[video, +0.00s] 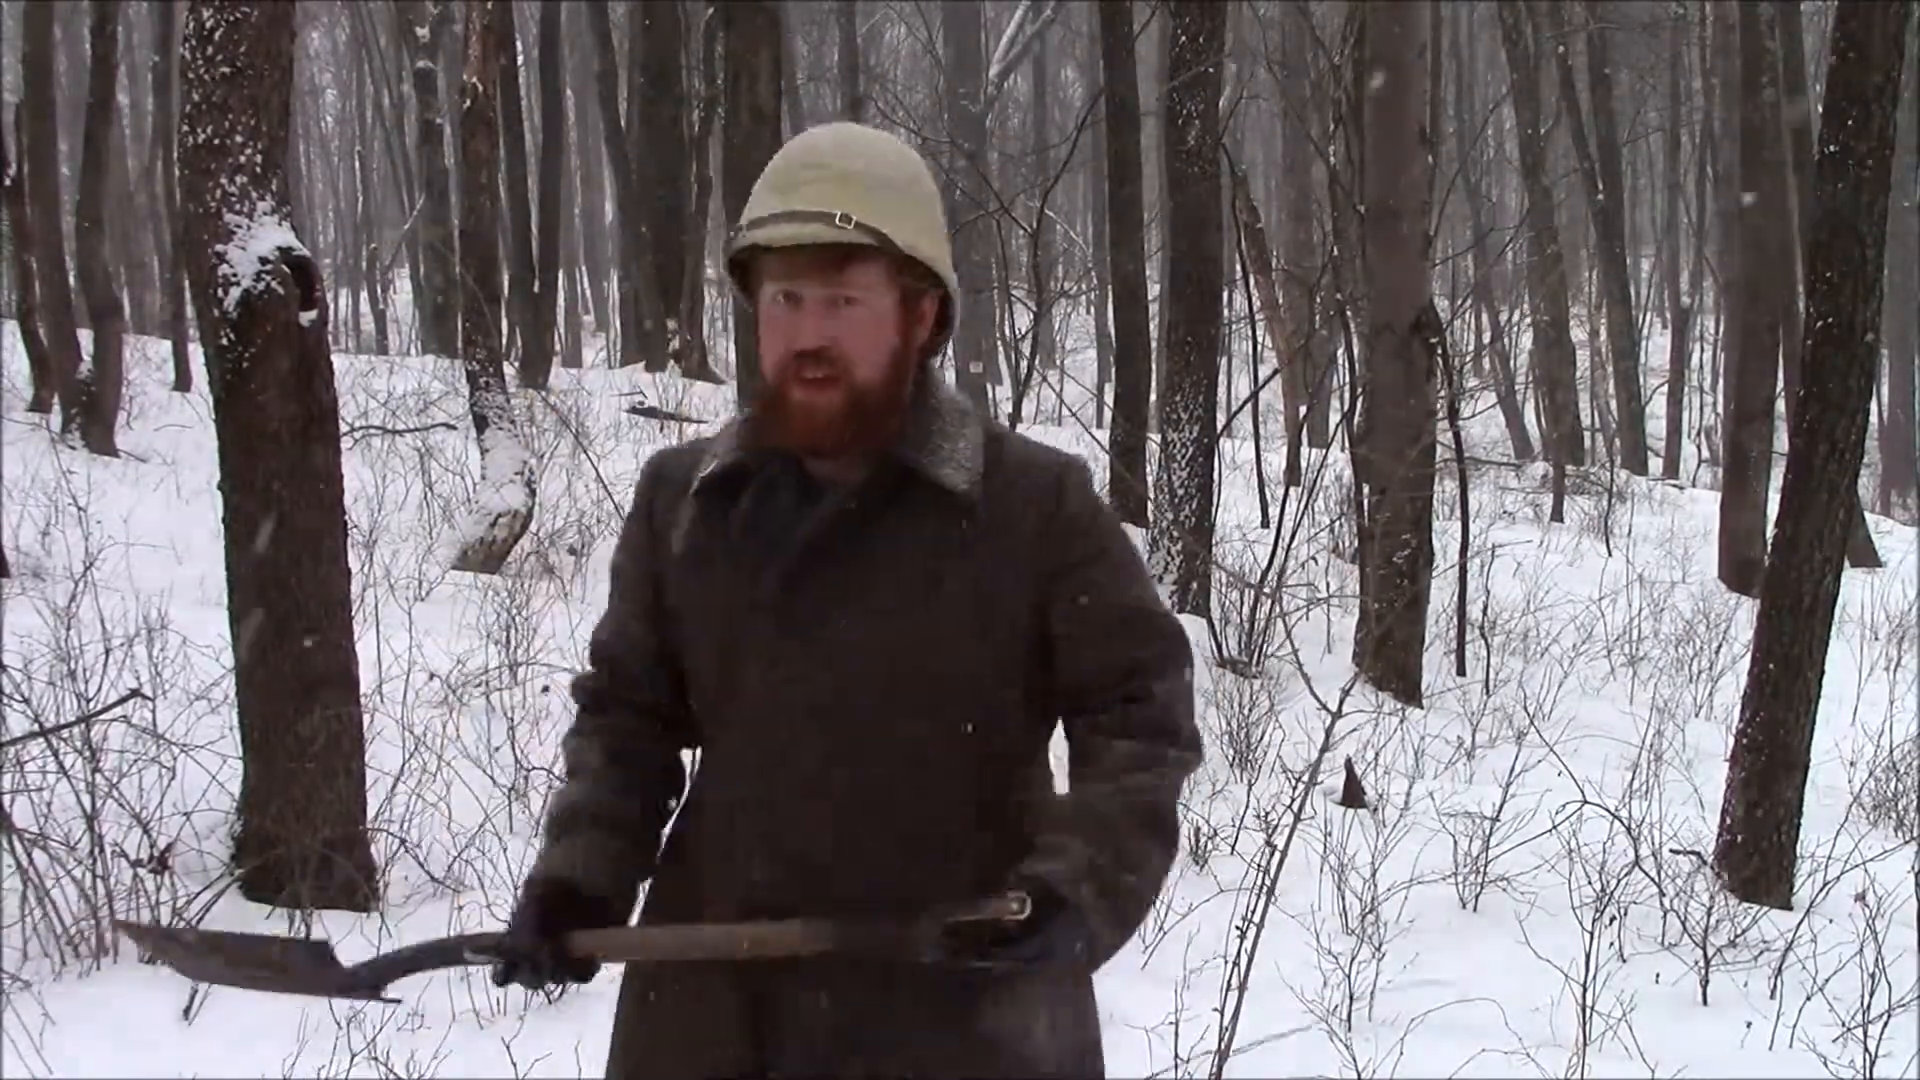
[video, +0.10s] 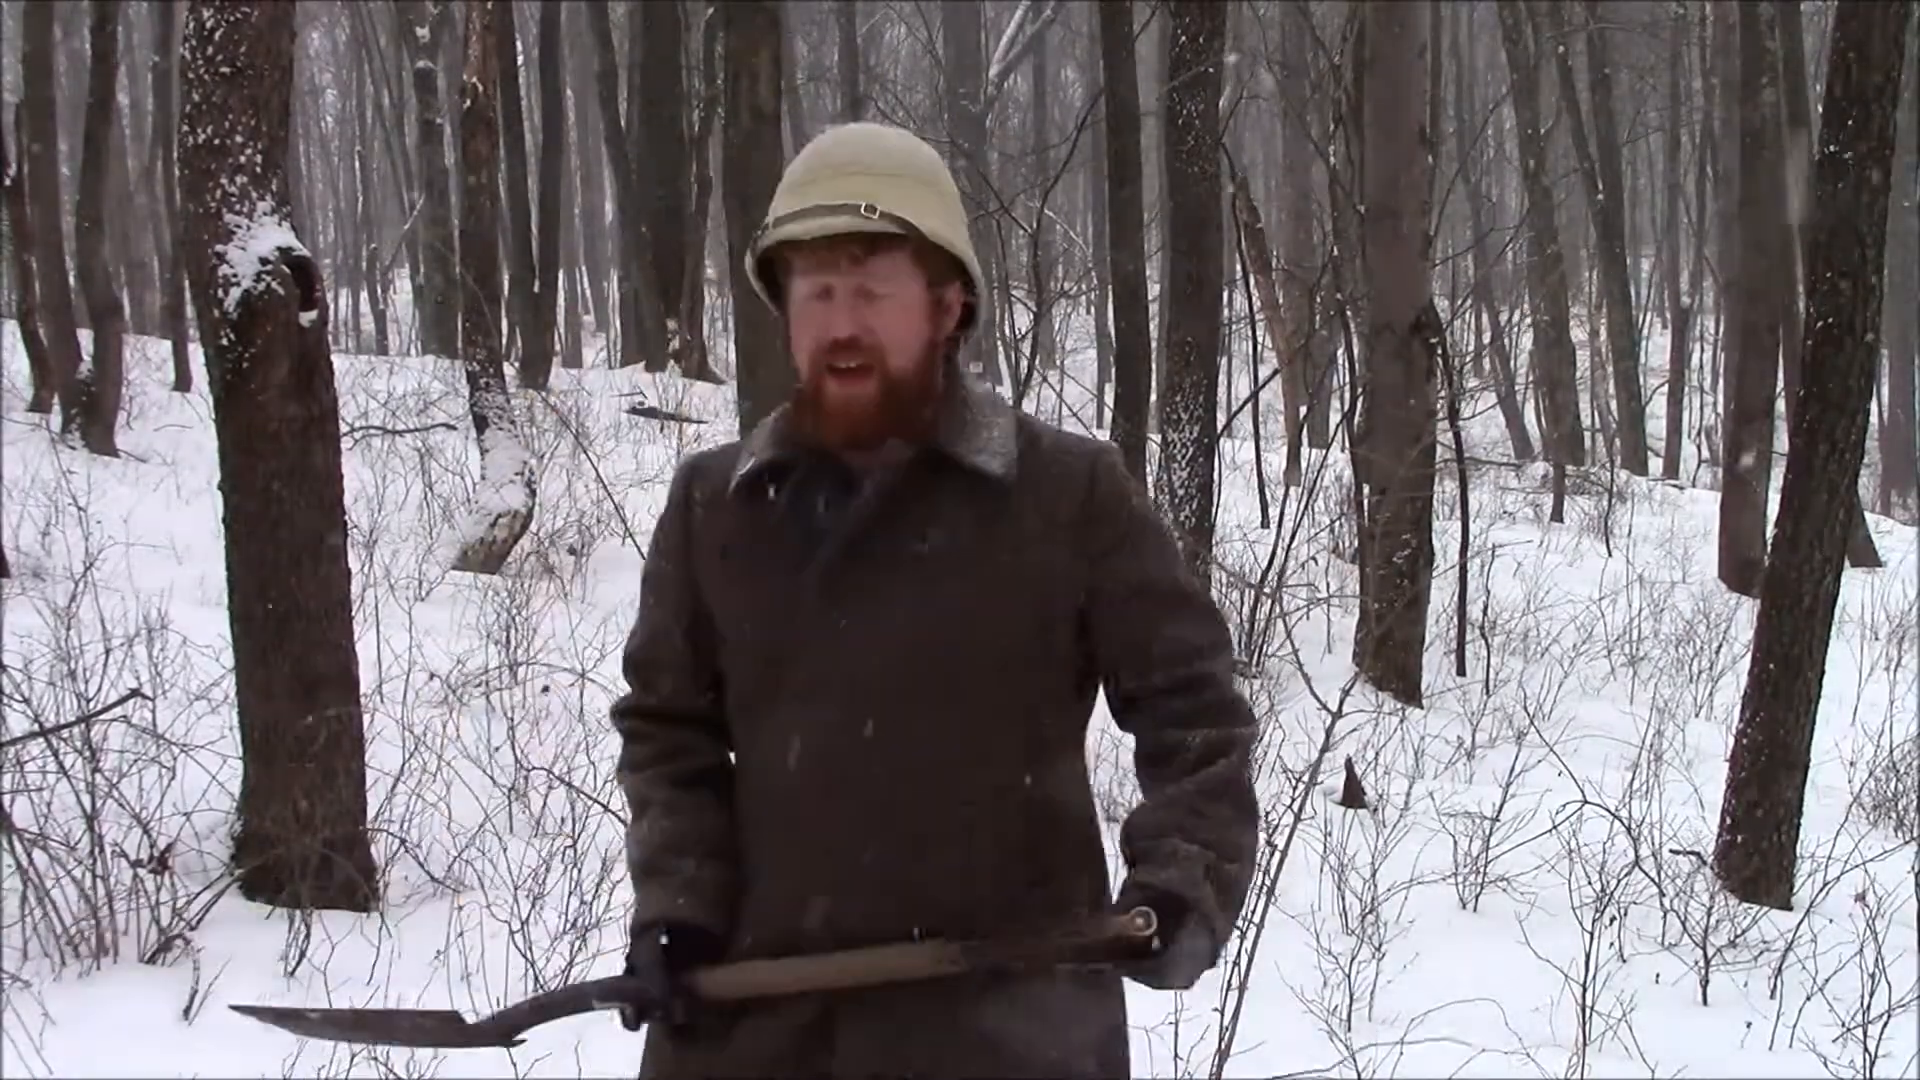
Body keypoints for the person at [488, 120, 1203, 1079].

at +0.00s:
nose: (808, 336)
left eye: (844, 298)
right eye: (784, 300)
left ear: (922, 318)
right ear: (752, 315)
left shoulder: (1034, 508)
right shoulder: (683, 500)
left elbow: (1142, 725)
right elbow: (627, 711)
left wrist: (1071, 894)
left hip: (961, 1010)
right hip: (719, 1005)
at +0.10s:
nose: (841, 323)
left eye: (874, 290)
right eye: (816, 292)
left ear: (949, 306)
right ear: (784, 309)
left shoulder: (1072, 494)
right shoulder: (711, 505)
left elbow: (1192, 710)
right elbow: (668, 733)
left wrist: (1185, 876)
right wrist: (676, 909)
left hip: (1008, 1022)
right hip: (759, 1022)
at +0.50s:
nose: (883, 323)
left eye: (909, 287)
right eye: (856, 297)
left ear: (984, 296)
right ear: (830, 324)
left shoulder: (1135, 477)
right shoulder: (783, 524)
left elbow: (1243, 662)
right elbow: (717, 722)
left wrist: (1157, 775)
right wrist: (615, 827)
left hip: (1088, 1000)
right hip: (850, 1003)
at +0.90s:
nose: (858, 326)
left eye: (882, 285)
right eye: (827, 299)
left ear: (961, 289)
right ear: (799, 323)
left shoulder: (1116, 472)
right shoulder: (752, 515)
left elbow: (1228, 667)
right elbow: (705, 735)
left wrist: (1237, 823)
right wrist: (732, 887)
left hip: (1072, 1008)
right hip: (825, 1023)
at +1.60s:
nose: (870, 377)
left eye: (893, 334)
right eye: (840, 345)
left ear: (972, 320)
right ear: (807, 351)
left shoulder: (1124, 478)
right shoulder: (756, 537)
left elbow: (1234, 671)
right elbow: (717, 791)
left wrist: (1235, 840)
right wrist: (749, 1017)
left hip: (1114, 1022)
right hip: (870, 1039)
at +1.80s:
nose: (801, 435)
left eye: (826, 381)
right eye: (771, 393)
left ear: (921, 350)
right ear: (747, 393)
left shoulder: (1084, 485)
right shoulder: (712, 566)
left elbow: (1197, 656)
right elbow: (688, 847)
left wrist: (1201, 823)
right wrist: (732, 1060)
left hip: (1088, 1030)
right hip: (848, 1048)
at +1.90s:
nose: (758, 475)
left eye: (781, 423)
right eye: (726, 435)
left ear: (877, 382)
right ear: (703, 431)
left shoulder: (1049, 483)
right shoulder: (680, 592)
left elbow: (1177, 639)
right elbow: (668, 881)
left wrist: (1173, 807)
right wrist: (712, 1060)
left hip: (1073, 1022)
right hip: (833, 1047)